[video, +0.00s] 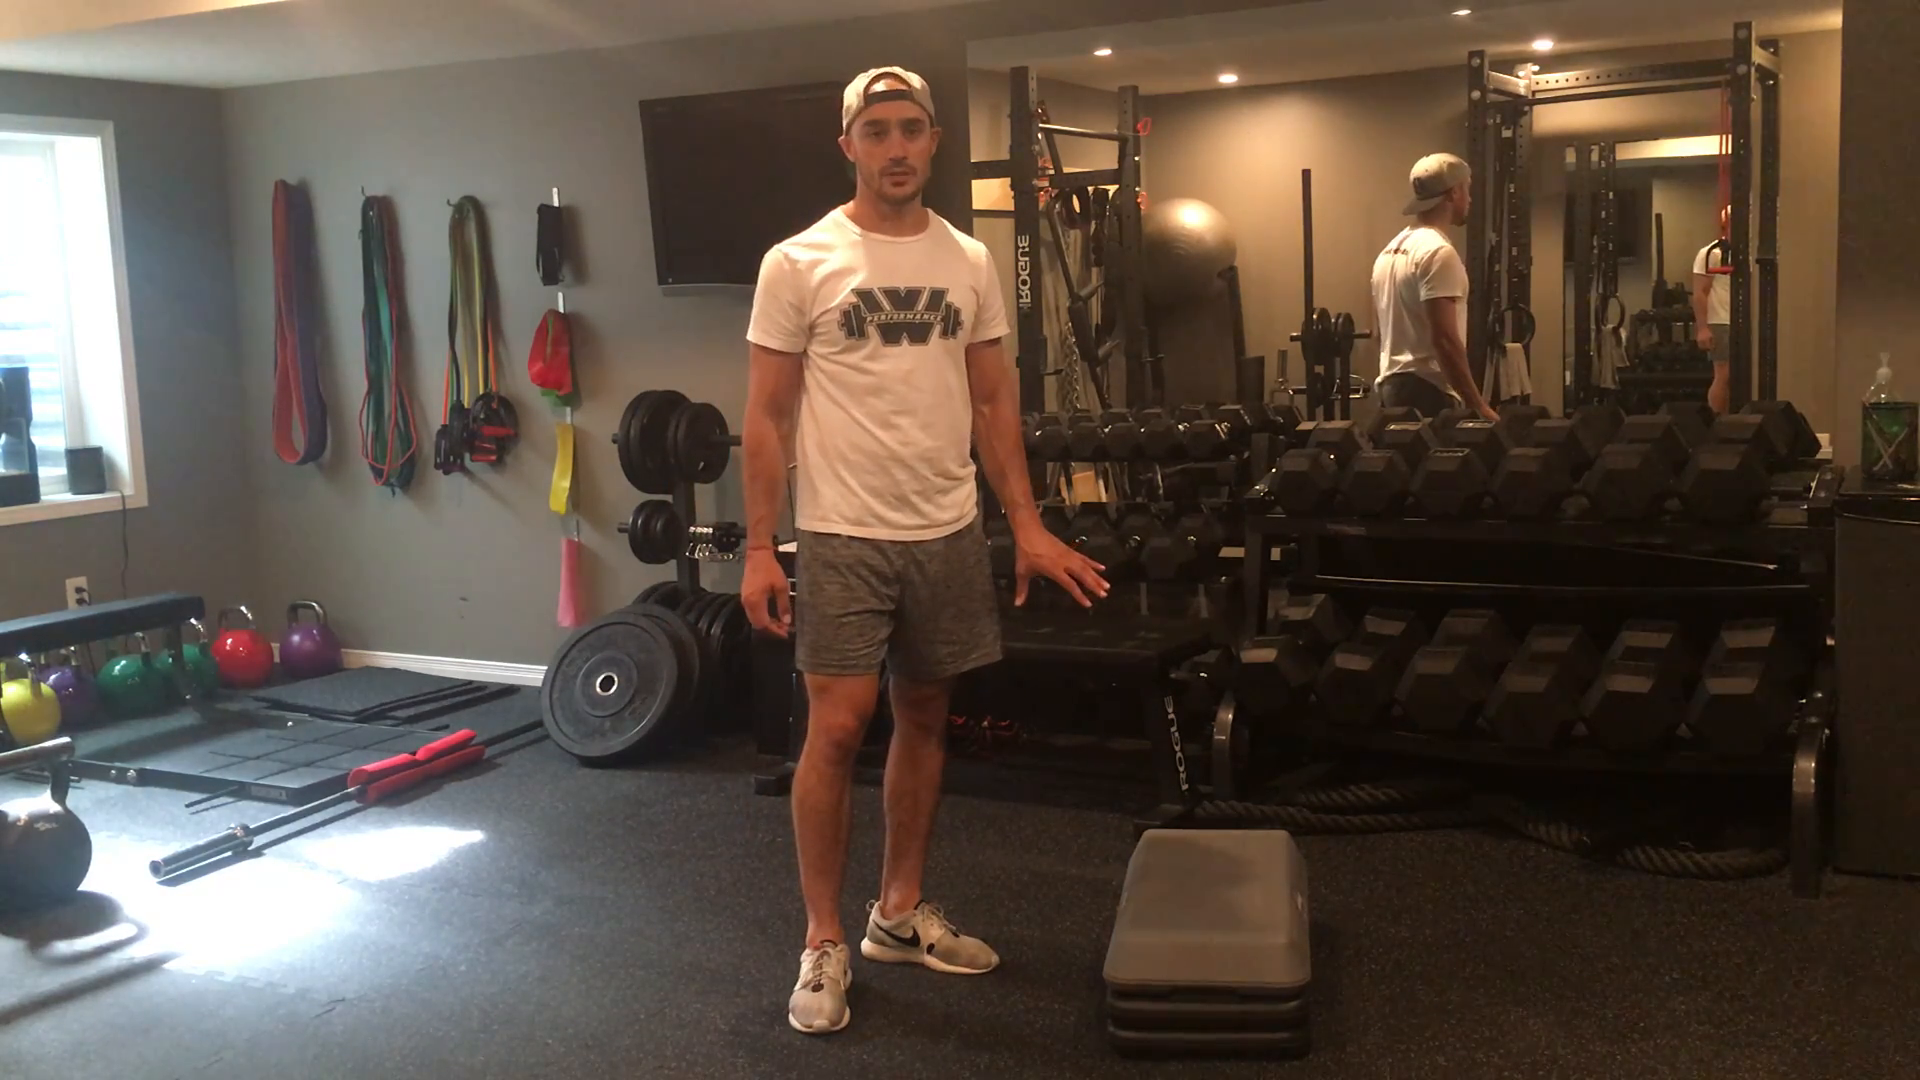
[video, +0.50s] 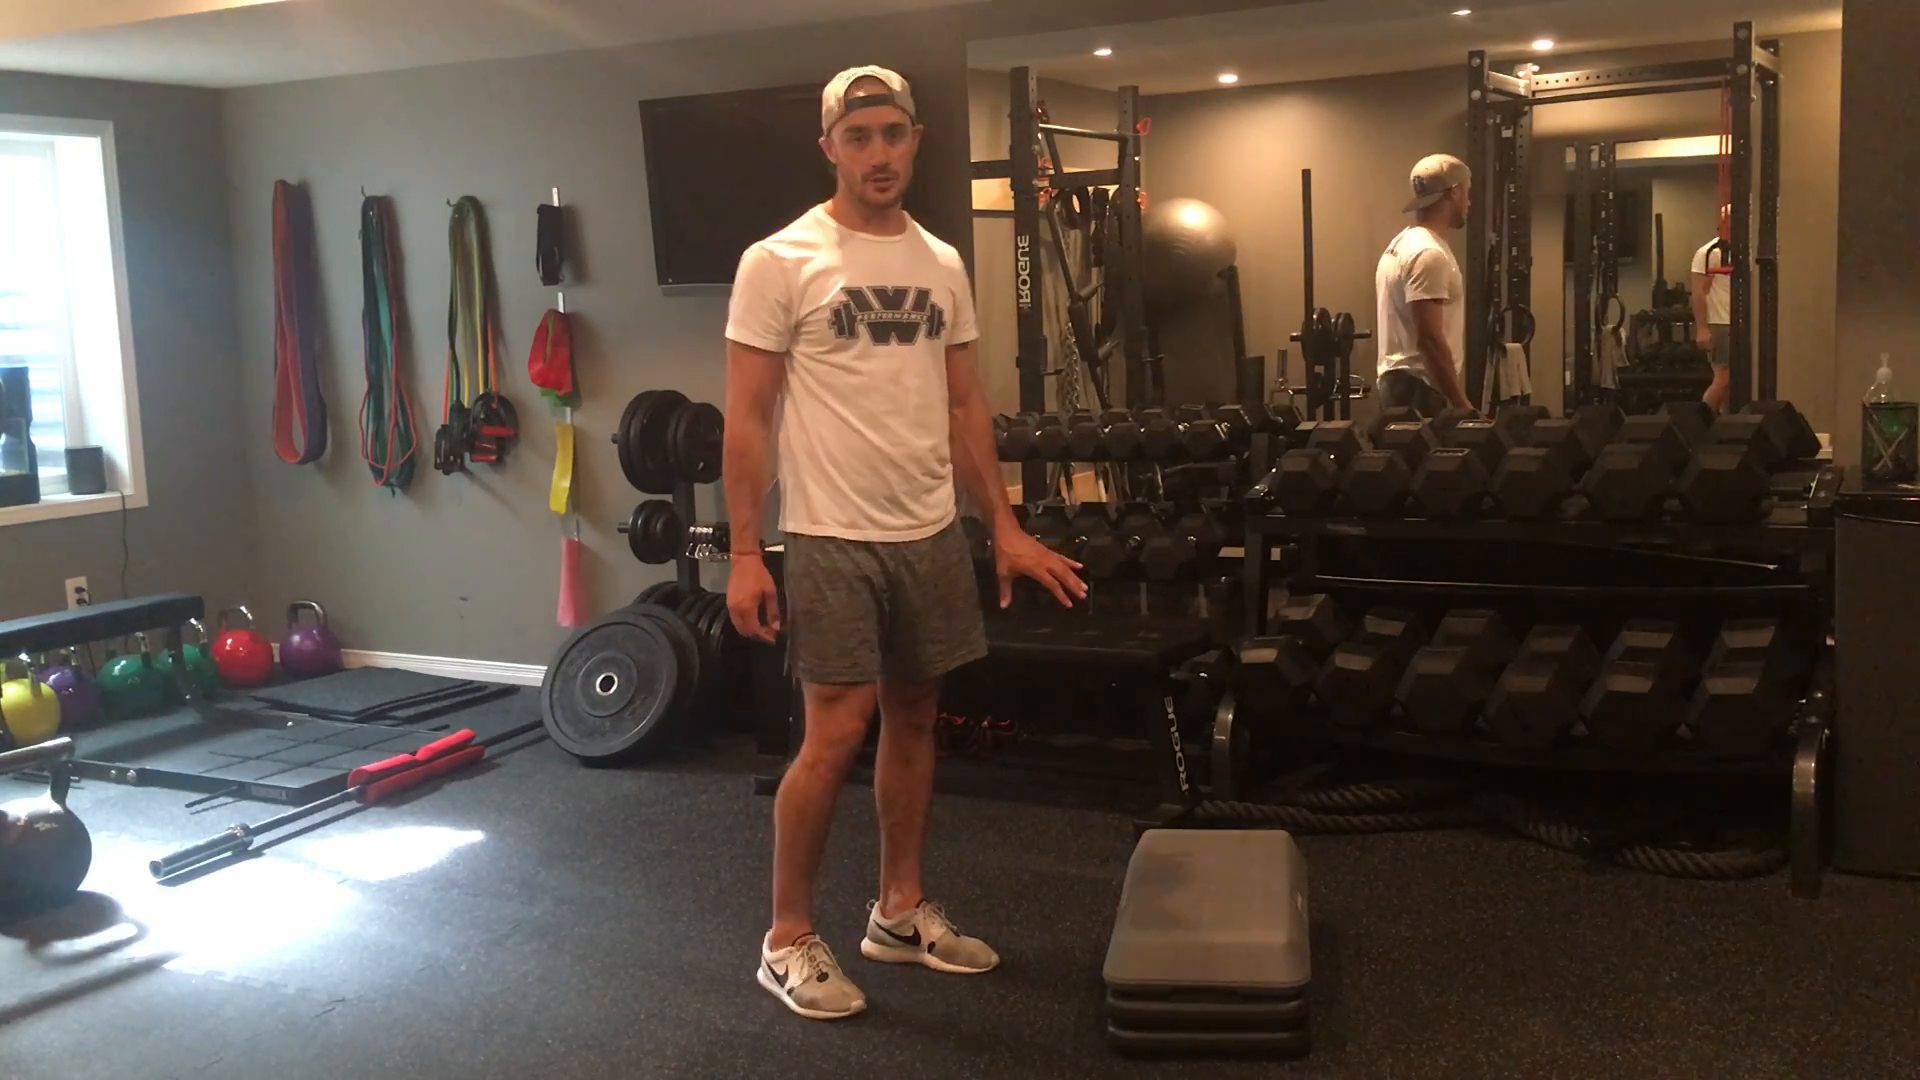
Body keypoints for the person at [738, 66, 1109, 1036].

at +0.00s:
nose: (896, 148)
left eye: (910, 131)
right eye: (877, 132)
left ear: (934, 144)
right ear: (848, 146)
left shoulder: (969, 263)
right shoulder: (798, 263)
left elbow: (993, 401)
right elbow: (770, 413)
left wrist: (1027, 522)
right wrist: (759, 546)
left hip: (947, 534)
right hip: (840, 536)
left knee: (924, 720)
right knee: (838, 727)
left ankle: (901, 911)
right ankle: (823, 941)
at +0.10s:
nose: (898, 150)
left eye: (912, 133)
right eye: (879, 134)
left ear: (936, 145)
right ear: (849, 146)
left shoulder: (971, 264)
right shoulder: (799, 263)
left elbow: (991, 403)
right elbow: (769, 411)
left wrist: (1026, 528)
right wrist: (758, 544)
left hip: (944, 534)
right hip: (838, 536)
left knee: (923, 719)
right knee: (837, 727)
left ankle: (901, 910)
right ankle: (823, 942)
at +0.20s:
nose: (897, 150)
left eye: (913, 134)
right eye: (879, 134)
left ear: (938, 146)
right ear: (850, 146)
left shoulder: (968, 266)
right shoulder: (798, 262)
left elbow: (989, 405)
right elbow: (766, 410)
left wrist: (1023, 530)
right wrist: (755, 543)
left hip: (941, 533)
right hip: (835, 533)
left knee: (921, 718)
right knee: (839, 722)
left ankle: (900, 911)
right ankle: (816, 940)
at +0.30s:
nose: (892, 151)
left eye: (907, 133)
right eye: (873, 135)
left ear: (934, 144)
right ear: (846, 148)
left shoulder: (965, 268)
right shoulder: (796, 261)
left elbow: (983, 408)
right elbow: (761, 409)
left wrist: (1019, 532)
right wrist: (750, 542)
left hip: (938, 532)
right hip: (835, 533)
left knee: (919, 717)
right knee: (841, 721)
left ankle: (899, 911)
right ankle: (797, 934)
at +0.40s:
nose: (886, 152)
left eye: (900, 133)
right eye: (866, 137)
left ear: (926, 142)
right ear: (838, 150)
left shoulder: (957, 269)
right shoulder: (790, 261)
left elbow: (976, 407)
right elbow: (754, 409)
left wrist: (1013, 529)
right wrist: (746, 544)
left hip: (935, 531)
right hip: (834, 533)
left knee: (918, 718)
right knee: (841, 726)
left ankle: (899, 911)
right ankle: (784, 934)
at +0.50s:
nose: (880, 152)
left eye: (894, 134)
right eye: (860, 136)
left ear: (916, 144)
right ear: (829, 148)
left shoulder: (941, 266)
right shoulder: (779, 263)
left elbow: (966, 406)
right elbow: (748, 416)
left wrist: (1006, 529)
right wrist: (744, 551)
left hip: (930, 533)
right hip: (829, 538)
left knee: (914, 721)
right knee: (836, 733)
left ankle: (899, 911)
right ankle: (787, 938)